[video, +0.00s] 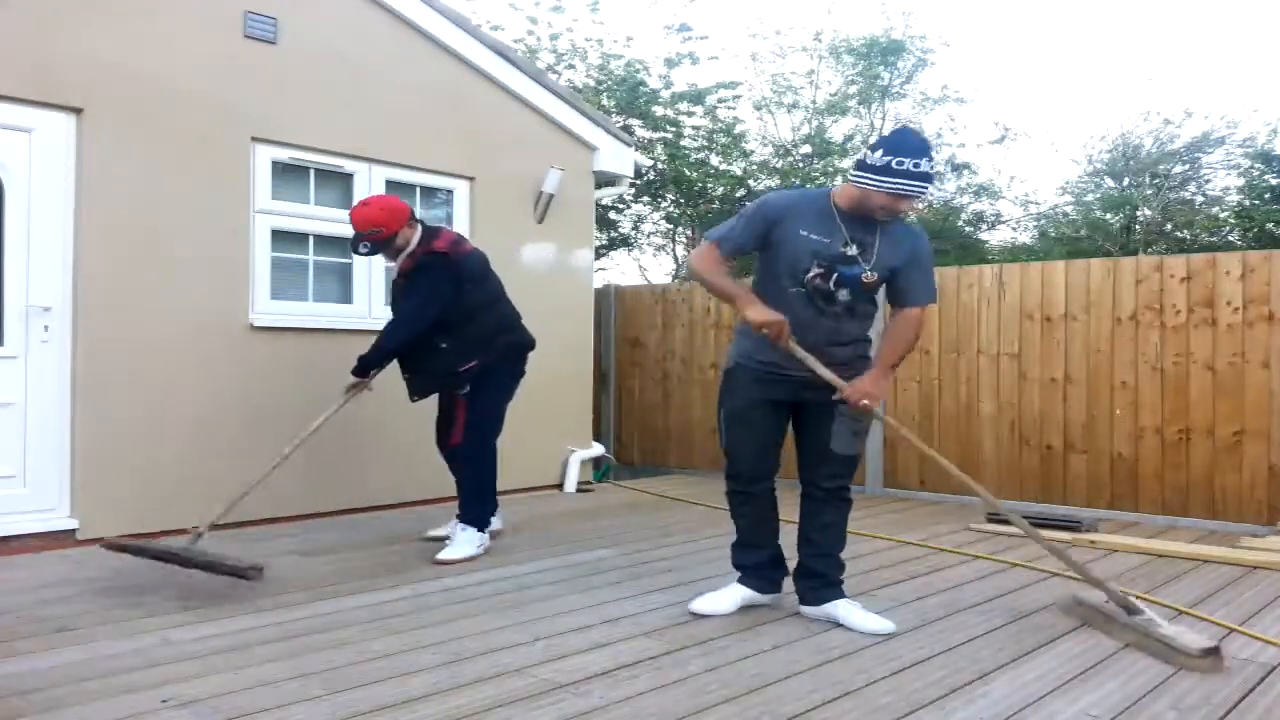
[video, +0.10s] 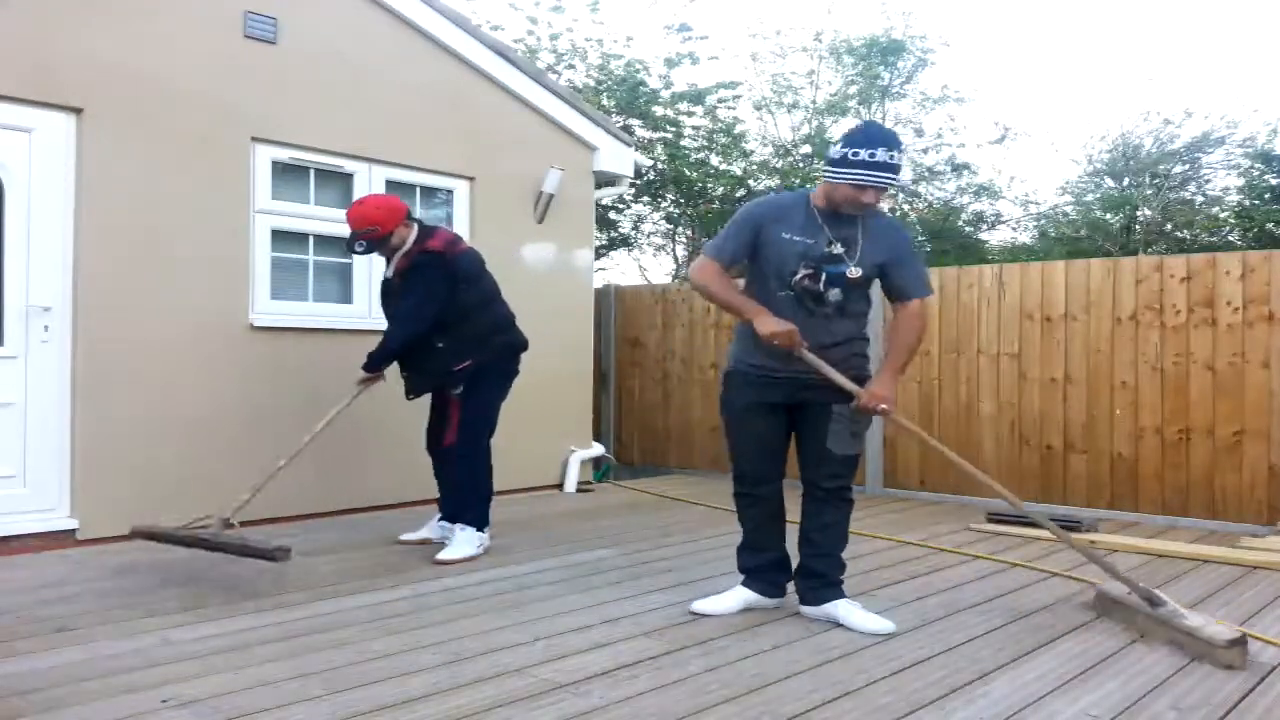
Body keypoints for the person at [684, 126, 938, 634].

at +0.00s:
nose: (908, 207)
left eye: (913, 198)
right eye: (903, 196)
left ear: (900, 189)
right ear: (872, 182)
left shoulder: (905, 242)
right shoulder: (782, 209)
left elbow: (912, 312)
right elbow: (704, 257)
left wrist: (879, 374)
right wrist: (747, 301)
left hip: (839, 382)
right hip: (759, 371)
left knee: (830, 487)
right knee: (748, 479)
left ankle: (822, 593)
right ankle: (756, 581)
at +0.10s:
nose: (874, 198)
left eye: (882, 188)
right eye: (865, 186)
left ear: (887, 183)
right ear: (835, 173)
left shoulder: (888, 236)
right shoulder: (768, 213)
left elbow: (912, 309)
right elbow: (702, 270)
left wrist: (887, 377)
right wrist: (759, 315)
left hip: (838, 386)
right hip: (758, 378)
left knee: (831, 489)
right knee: (755, 484)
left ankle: (822, 593)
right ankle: (762, 583)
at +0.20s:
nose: (822, 190)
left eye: (836, 180)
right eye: (812, 177)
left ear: (856, 179)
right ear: (796, 169)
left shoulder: (877, 229)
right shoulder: (752, 215)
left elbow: (913, 298)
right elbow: (692, 270)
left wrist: (877, 363)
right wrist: (739, 298)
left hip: (836, 381)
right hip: (756, 378)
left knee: (830, 489)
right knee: (756, 484)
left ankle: (822, 593)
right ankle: (762, 584)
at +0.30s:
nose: (794, 185)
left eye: (807, 177)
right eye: (787, 174)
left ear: (835, 175)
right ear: (777, 167)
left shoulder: (869, 226)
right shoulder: (742, 216)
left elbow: (908, 292)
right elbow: (681, 266)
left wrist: (858, 349)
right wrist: (716, 286)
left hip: (830, 380)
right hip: (753, 377)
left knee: (828, 488)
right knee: (755, 484)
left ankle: (822, 593)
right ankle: (762, 584)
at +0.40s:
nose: (766, 183)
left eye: (778, 173)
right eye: (759, 172)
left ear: (809, 170)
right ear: (751, 169)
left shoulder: (852, 222)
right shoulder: (731, 216)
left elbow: (884, 292)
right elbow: (668, 255)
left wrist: (803, 330)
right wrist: (680, 270)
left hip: (826, 377)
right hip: (746, 373)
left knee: (829, 485)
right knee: (752, 482)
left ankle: (823, 593)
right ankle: (762, 584)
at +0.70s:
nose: (736, 184)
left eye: (747, 173)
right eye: (730, 174)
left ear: (779, 168)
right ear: (726, 173)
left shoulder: (820, 219)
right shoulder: (741, 214)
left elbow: (818, 296)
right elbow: (731, 250)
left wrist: (736, 327)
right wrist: (689, 260)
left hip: (810, 372)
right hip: (753, 370)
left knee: (819, 482)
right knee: (758, 482)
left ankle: (848, 589)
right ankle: (764, 585)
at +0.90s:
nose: (727, 193)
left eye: (734, 182)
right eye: (721, 183)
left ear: (765, 172)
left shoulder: (802, 220)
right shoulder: (766, 217)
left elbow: (789, 307)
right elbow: (765, 267)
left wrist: (735, 334)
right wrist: (740, 279)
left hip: (819, 367)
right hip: (777, 364)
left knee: (814, 479)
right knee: (771, 478)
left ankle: (835, 593)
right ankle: (765, 584)